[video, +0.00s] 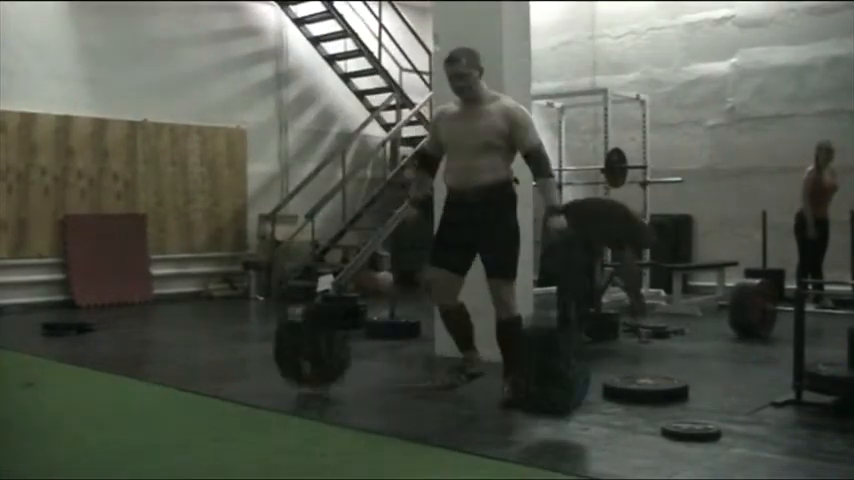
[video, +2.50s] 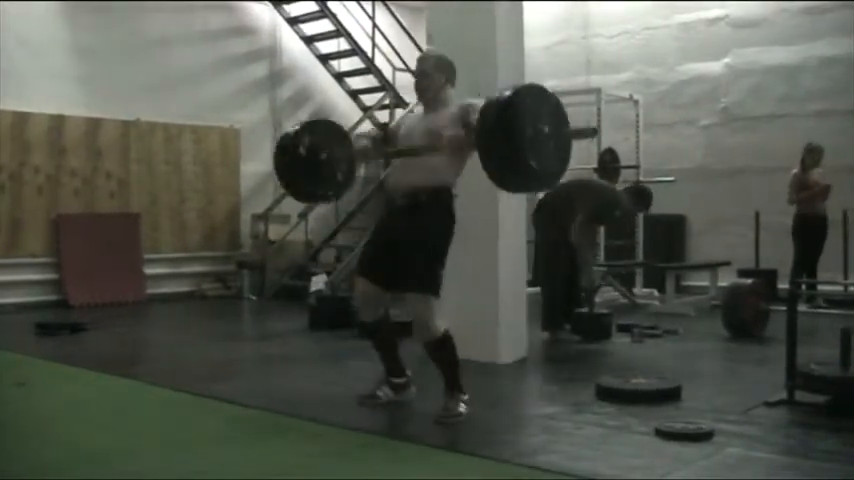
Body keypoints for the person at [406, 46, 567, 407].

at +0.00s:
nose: (459, 84)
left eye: (464, 77)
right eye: (453, 79)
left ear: (480, 73)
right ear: (448, 81)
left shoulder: (510, 113)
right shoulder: (443, 119)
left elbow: (540, 166)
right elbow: (427, 164)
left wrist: (554, 210)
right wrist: (417, 195)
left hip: (497, 207)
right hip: (457, 208)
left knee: (502, 294)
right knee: (440, 287)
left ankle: (514, 379)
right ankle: (470, 359)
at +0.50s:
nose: (440, 101)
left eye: (445, 93)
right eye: (435, 95)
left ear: (462, 86)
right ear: (429, 94)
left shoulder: (496, 118)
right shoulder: (428, 130)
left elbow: (530, 163)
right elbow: (409, 176)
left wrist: (532, 213)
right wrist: (397, 215)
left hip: (492, 207)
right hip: (455, 212)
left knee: (488, 290)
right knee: (457, 298)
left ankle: (498, 380)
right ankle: (479, 371)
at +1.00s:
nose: (372, 155)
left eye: (372, 147)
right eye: (367, 149)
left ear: (388, 135)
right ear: (372, 144)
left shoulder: (449, 148)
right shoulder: (396, 172)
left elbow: (484, 202)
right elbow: (387, 229)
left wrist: (491, 255)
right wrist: (380, 278)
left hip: (479, 216)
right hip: (443, 221)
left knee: (472, 299)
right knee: (420, 293)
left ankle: (491, 392)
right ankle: (416, 384)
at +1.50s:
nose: (364, 247)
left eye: (366, 240)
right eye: (358, 242)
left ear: (379, 223)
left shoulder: (425, 232)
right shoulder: (371, 241)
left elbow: (460, 295)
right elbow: (371, 299)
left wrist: (470, 356)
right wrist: (372, 352)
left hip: (478, 252)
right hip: (432, 257)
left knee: (436, 311)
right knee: (390, 307)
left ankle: (465, 394)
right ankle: (416, 385)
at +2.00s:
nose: (394, 65)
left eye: (401, 57)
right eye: (392, 58)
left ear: (423, 59)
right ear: (393, 64)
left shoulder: (449, 109)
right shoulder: (394, 112)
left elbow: (482, 157)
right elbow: (383, 160)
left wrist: (463, 196)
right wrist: (385, 198)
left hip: (447, 216)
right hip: (406, 215)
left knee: (443, 303)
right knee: (399, 300)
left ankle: (462, 393)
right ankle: (410, 384)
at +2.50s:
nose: (416, 81)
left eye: (423, 75)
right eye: (415, 75)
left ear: (445, 80)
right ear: (417, 80)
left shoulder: (461, 115)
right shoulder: (404, 123)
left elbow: (486, 134)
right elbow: (374, 152)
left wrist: (475, 124)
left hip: (432, 209)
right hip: (397, 209)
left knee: (419, 308)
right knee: (367, 291)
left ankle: (456, 394)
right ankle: (396, 380)